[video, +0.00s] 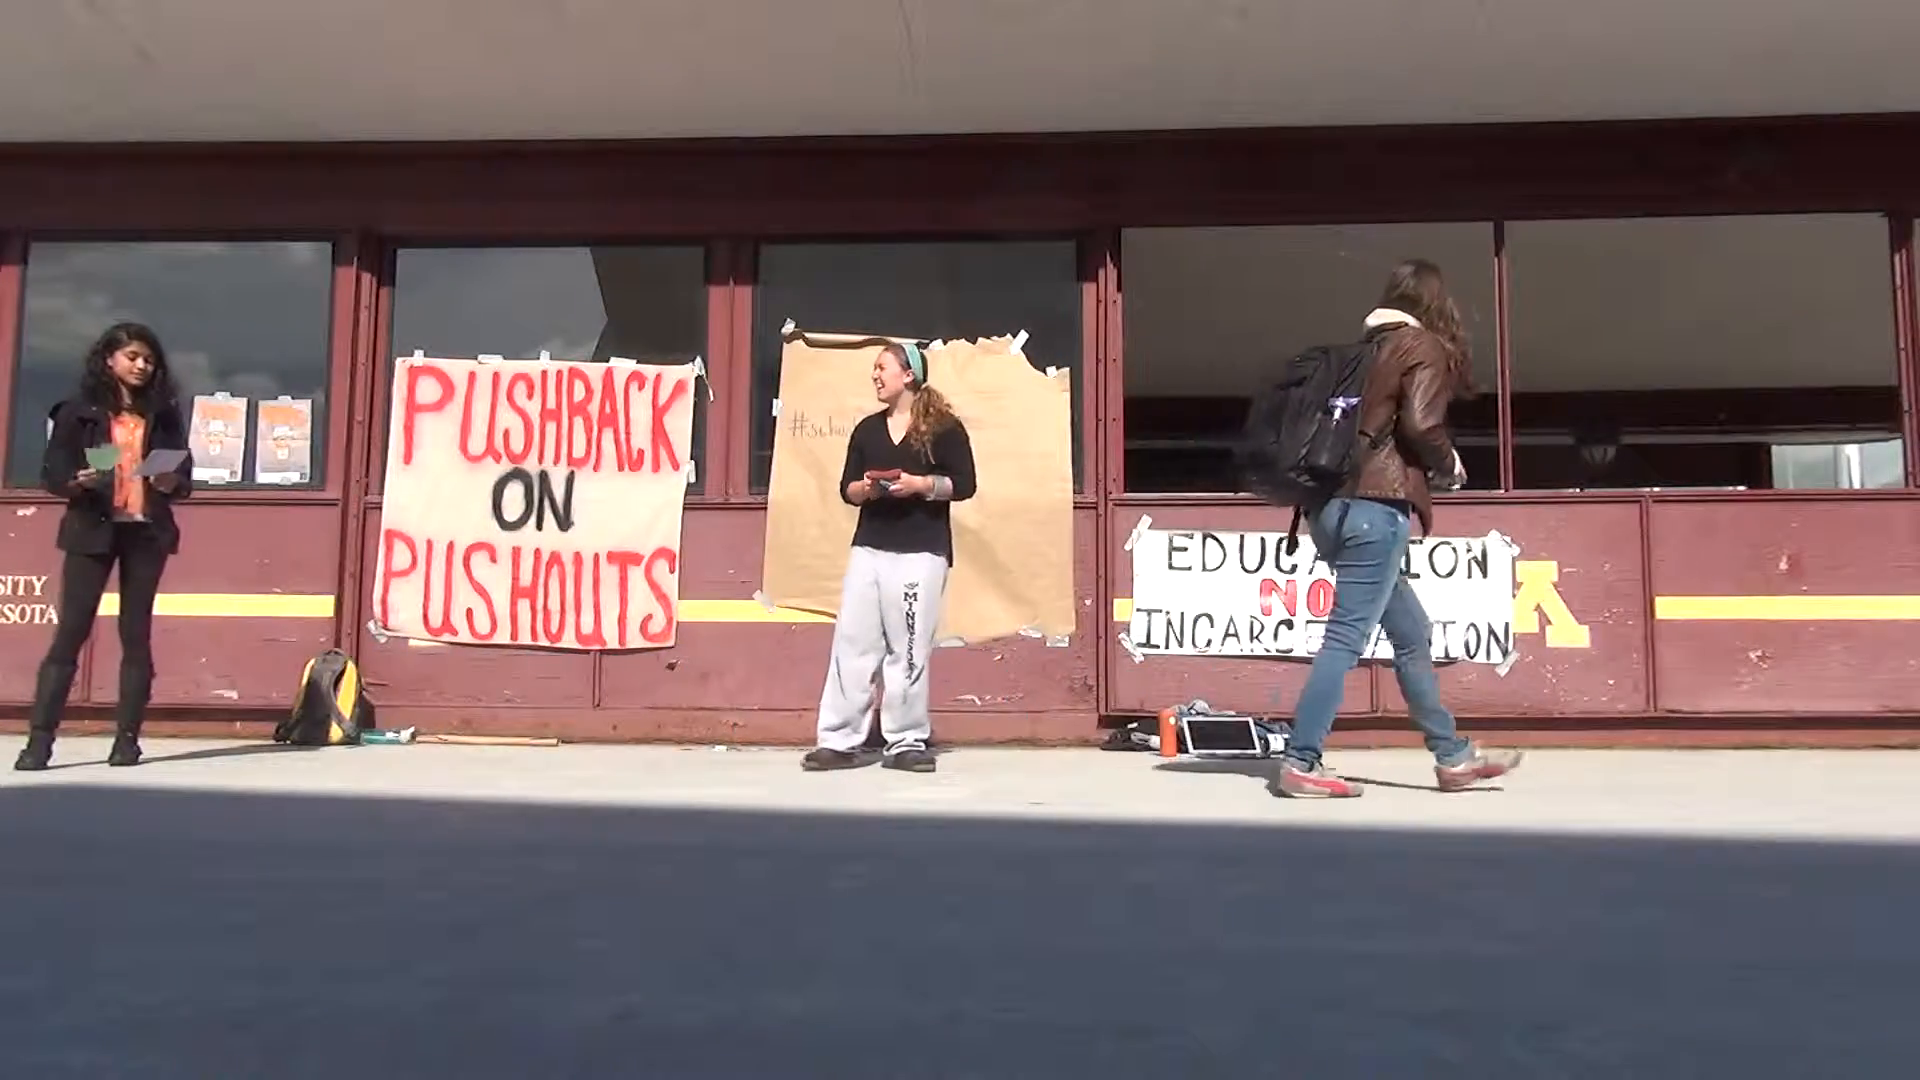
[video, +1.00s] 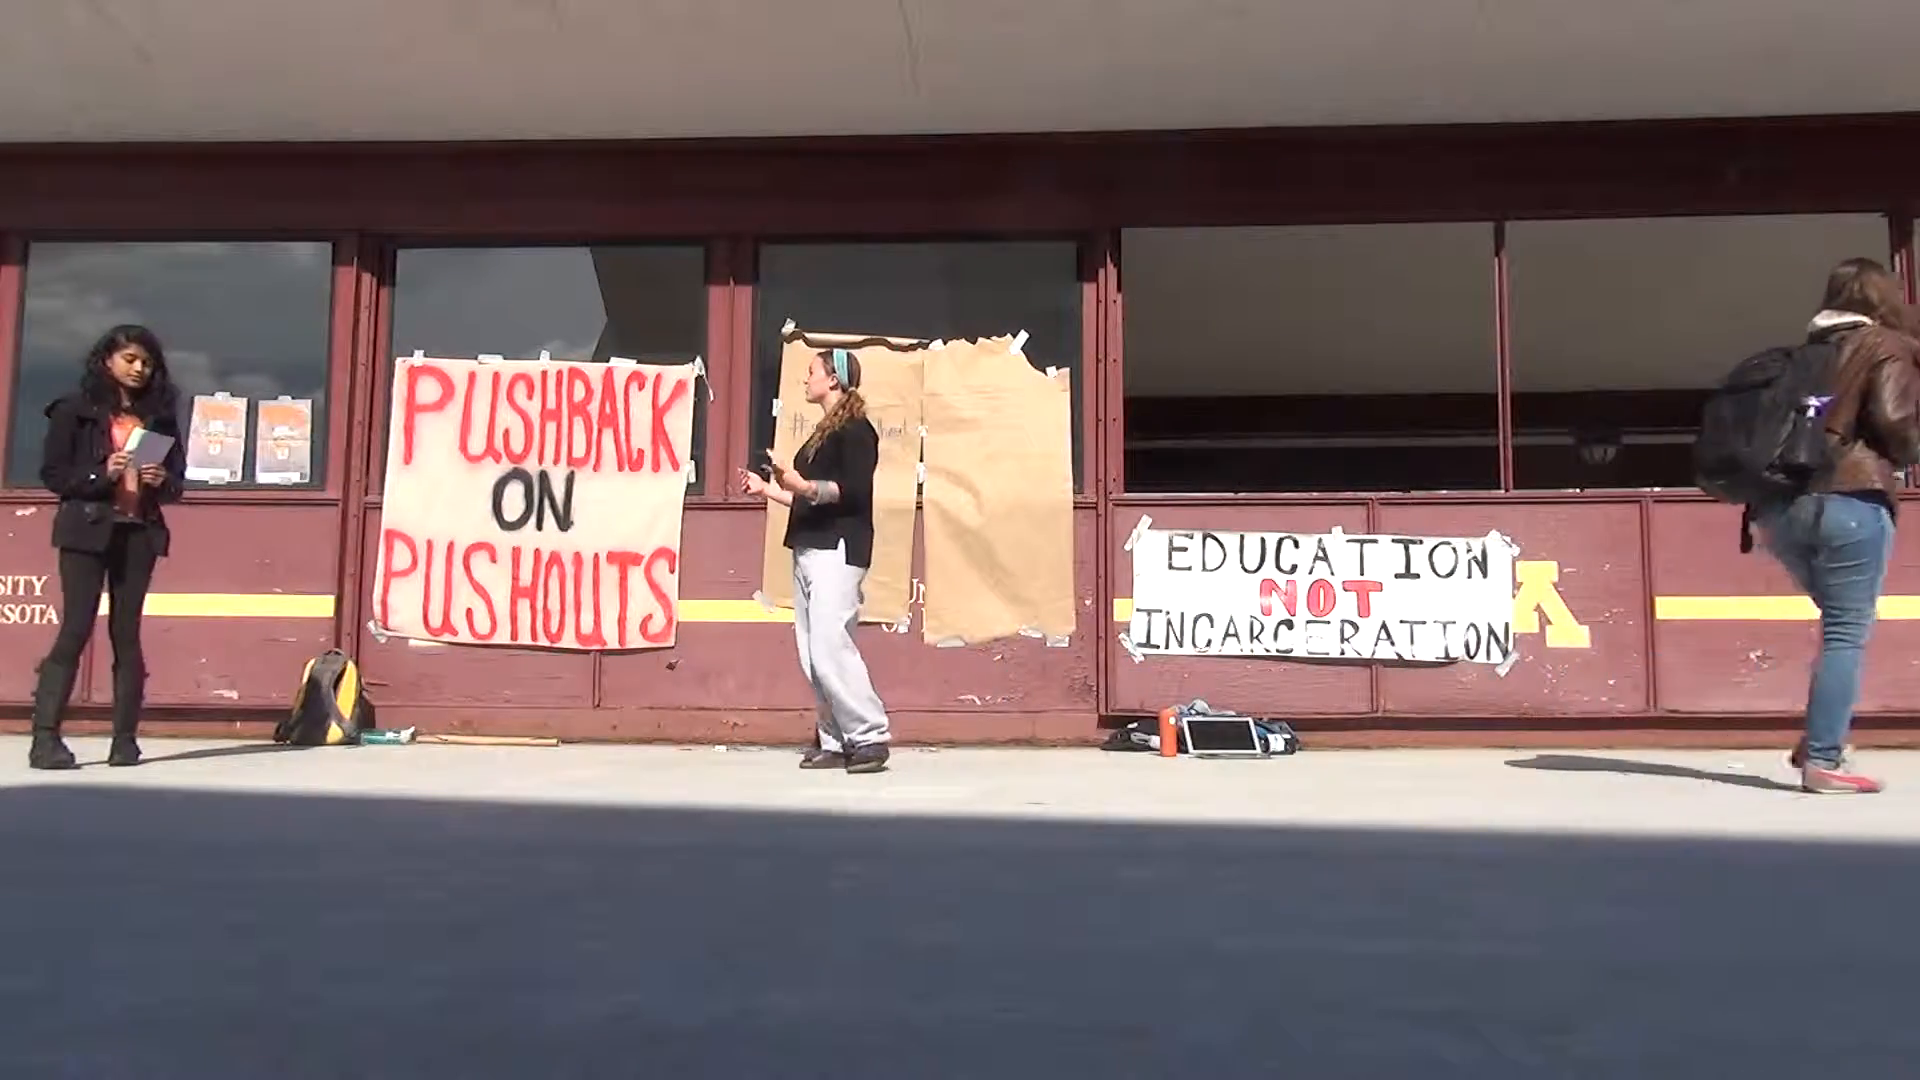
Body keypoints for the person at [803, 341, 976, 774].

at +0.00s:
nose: (875, 375)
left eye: (882, 368)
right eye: (875, 368)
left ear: (909, 374)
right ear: (885, 376)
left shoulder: (944, 427)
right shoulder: (866, 429)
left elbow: (965, 485)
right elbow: (847, 489)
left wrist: (921, 485)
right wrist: (864, 490)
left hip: (920, 551)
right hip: (870, 547)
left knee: (909, 646)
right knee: (853, 642)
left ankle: (907, 741)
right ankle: (841, 741)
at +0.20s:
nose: (858, 378)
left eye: (865, 371)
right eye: (859, 371)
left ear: (891, 376)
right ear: (879, 377)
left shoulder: (929, 427)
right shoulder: (858, 433)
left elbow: (945, 484)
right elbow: (843, 496)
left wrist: (896, 478)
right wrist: (843, 487)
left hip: (906, 550)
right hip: (859, 549)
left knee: (898, 648)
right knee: (849, 646)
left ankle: (906, 741)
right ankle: (847, 741)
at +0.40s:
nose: (840, 378)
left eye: (847, 371)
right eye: (842, 371)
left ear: (872, 377)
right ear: (863, 378)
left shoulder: (905, 426)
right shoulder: (843, 434)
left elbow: (918, 482)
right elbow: (829, 493)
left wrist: (895, 458)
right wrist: (790, 470)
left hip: (881, 555)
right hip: (838, 554)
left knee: (882, 652)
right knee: (836, 652)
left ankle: (903, 743)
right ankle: (845, 743)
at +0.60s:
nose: (825, 378)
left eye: (832, 372)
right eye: (826, 372)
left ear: (856, 378)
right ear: (846, 379)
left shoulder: (884, 428)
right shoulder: (830, 434)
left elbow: (901, 487)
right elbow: (819, 496)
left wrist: (876, 470)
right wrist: (774, 479)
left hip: (859, 554)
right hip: (822, 554)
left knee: (869, 649)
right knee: (827, 652)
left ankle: (904, 742)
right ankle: (845, 743)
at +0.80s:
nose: (816, 377)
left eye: (823, 371)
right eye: (819, 371)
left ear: (845, 378)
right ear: (840, 378)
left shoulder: (868, 429)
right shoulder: (828, 432)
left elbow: (872, 493)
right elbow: (812, 499)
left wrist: (840, 498)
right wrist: (769, 489)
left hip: (847, 552)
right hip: (813, 553)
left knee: (852, 645)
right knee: (821, 651)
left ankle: (898, 735)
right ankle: (843, 742)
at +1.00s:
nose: (805, 379)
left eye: (812, 372)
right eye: (808, 372)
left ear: (834, 378)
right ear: (830, 378)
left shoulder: (855, 430)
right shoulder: (825, 432)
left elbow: (852, 491)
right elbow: (811, 500)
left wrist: (799, 482)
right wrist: (768, 490)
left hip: (836, 551)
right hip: (809, 550)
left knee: (829, 646)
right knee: (813, 651)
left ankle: (869, 738)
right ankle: (835, 741)